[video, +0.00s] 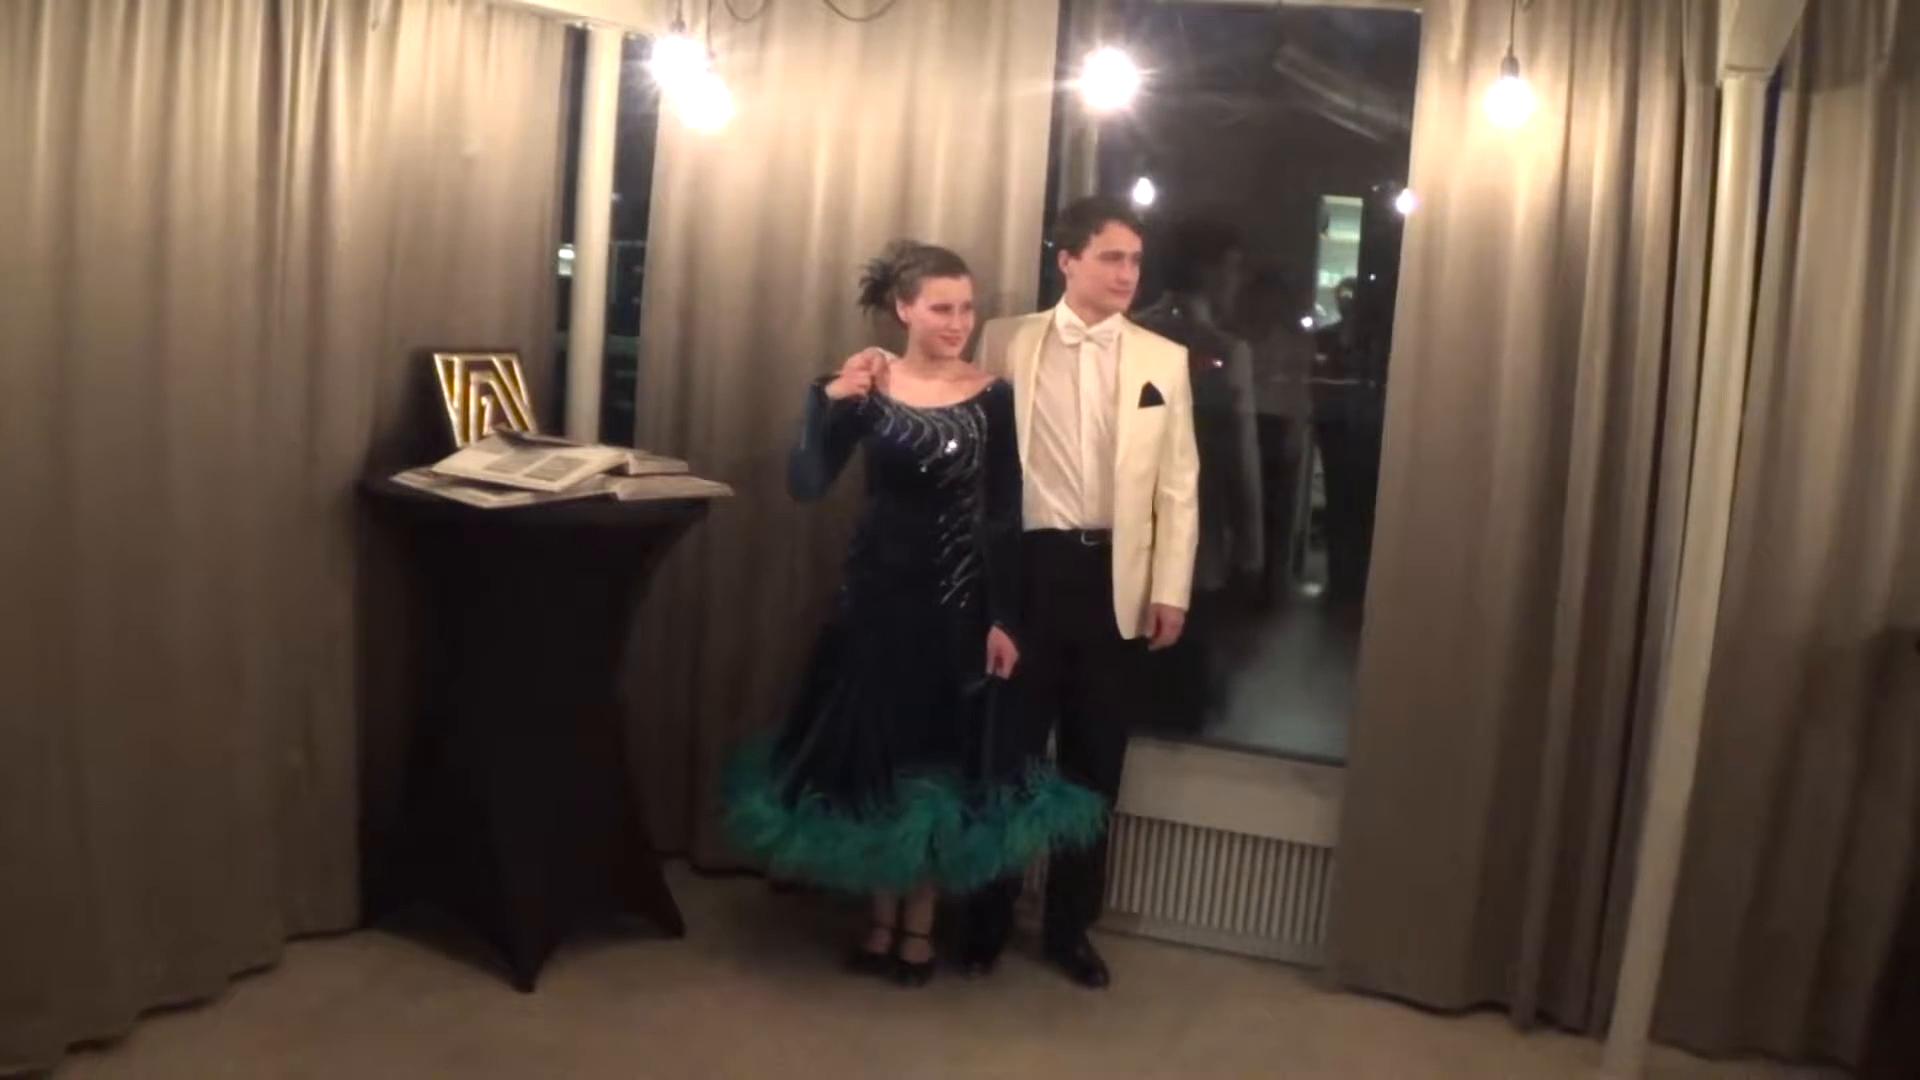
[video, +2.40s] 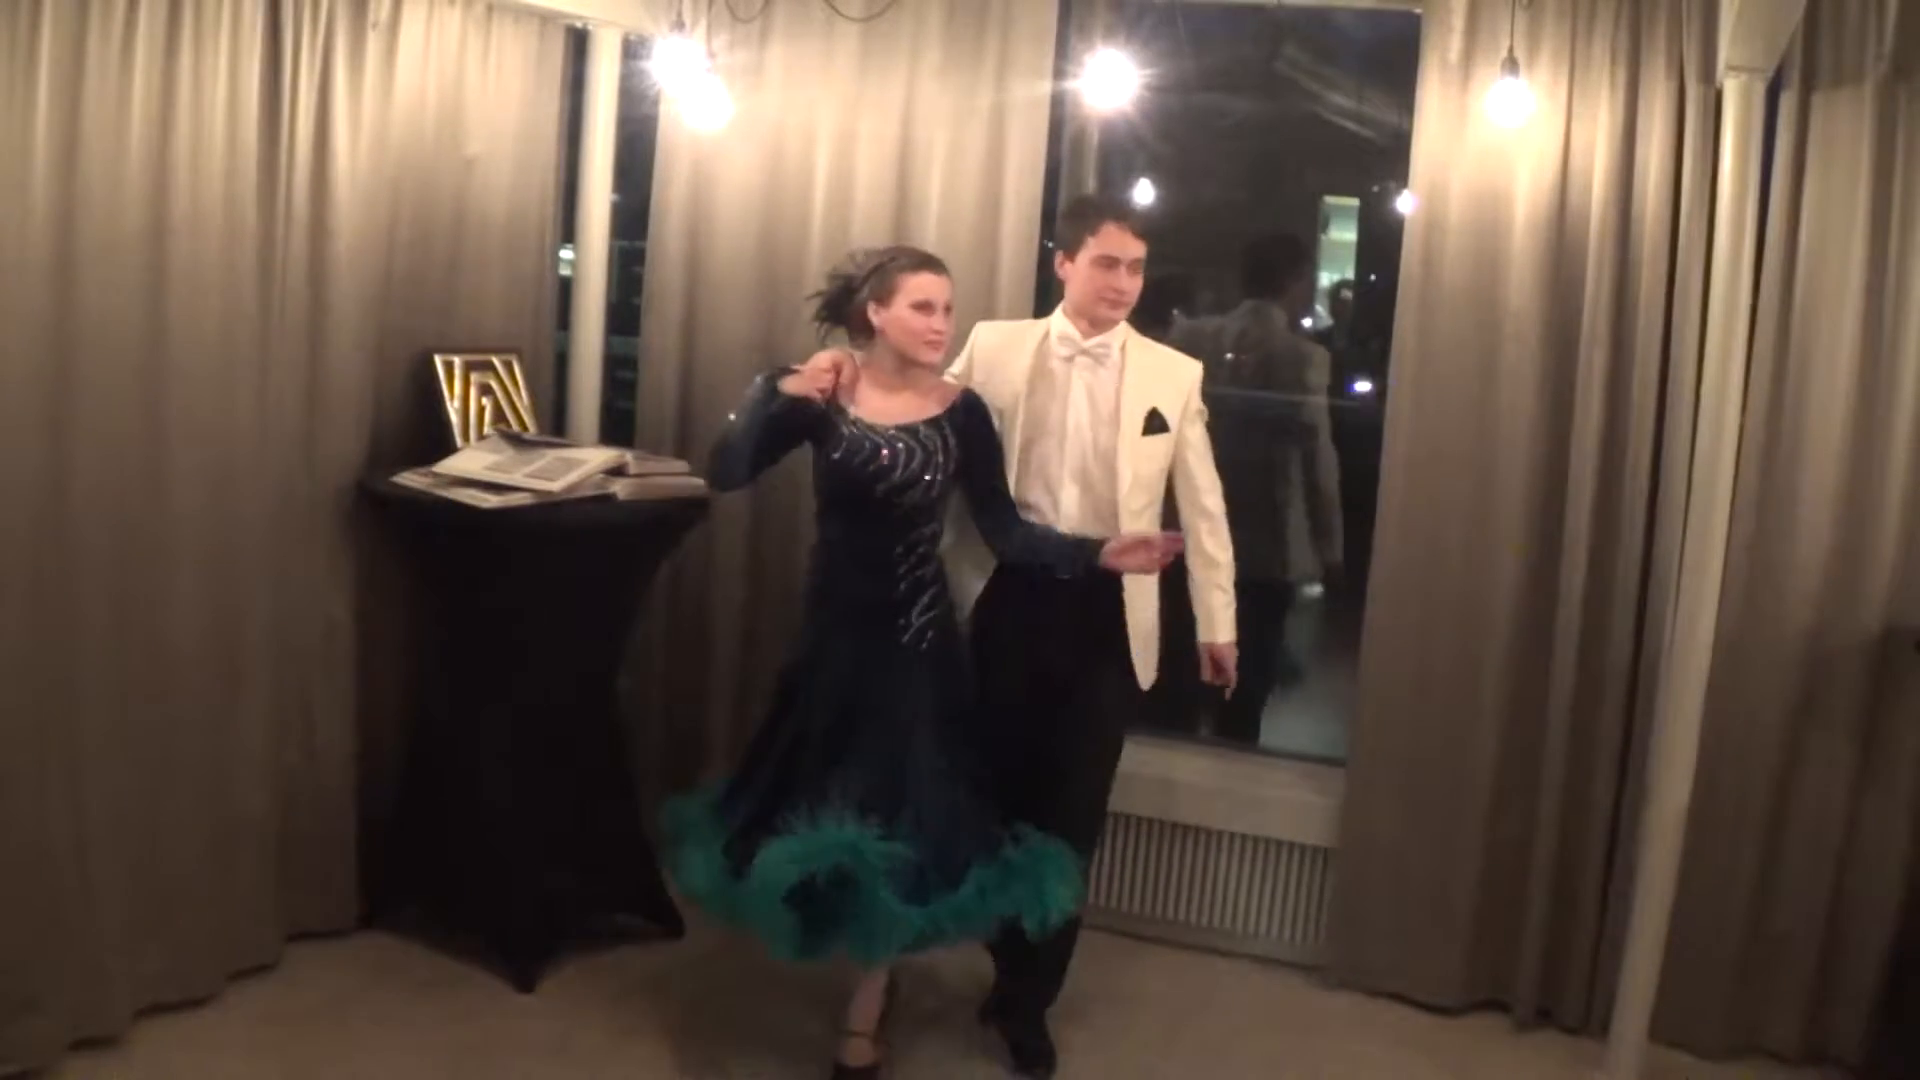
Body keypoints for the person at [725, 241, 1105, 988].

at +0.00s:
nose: (957, 322)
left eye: (966, 308)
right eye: (940, 308)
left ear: (978, 313)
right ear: (900, 311)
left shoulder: (991, 396)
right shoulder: (871, 384)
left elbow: (1004, 514)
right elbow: (810, 480)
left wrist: (1004, 617)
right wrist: (831, 397)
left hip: (958, 598)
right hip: (882, 591)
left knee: (940, 753)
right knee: (880, 749)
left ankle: (922, 912)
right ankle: (880, 908)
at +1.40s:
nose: (937, 354)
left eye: (941, 334)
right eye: (917, 346)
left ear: (953, 322)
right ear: (888, 351)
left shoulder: (992, 407)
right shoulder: (875, 408)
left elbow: (1011, 519)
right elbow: (809, 494)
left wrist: (972, 520)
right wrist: (825, 416)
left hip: (964, 610)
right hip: (889, 603)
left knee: (936, 759)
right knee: (869, 755)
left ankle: (915, 920)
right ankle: (872, 951)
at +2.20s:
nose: (933, 323)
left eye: (940, 309)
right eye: (915, 309)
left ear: (948, 317)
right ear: (869, 317)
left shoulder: (968, 407)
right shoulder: (837, 393)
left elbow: (991, 525)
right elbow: (747, 479)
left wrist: (1055, 607)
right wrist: (788, 400)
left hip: (933, 617)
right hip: (850, 611)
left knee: (917, 793)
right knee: (848, 785)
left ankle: (883, 985)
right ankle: (878, 954)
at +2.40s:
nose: (942, 324)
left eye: (948, 310)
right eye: (924, 308)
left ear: (953, 320)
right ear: (872, 316)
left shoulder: (962, 412)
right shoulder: (827, 400)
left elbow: (1005, 532)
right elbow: (726, 471)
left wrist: (1105, 551)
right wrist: (782, 389)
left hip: (924, 626)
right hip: (842, 620)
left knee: (905, 799)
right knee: (846, 790)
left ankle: (870, 985)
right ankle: (872, 965)